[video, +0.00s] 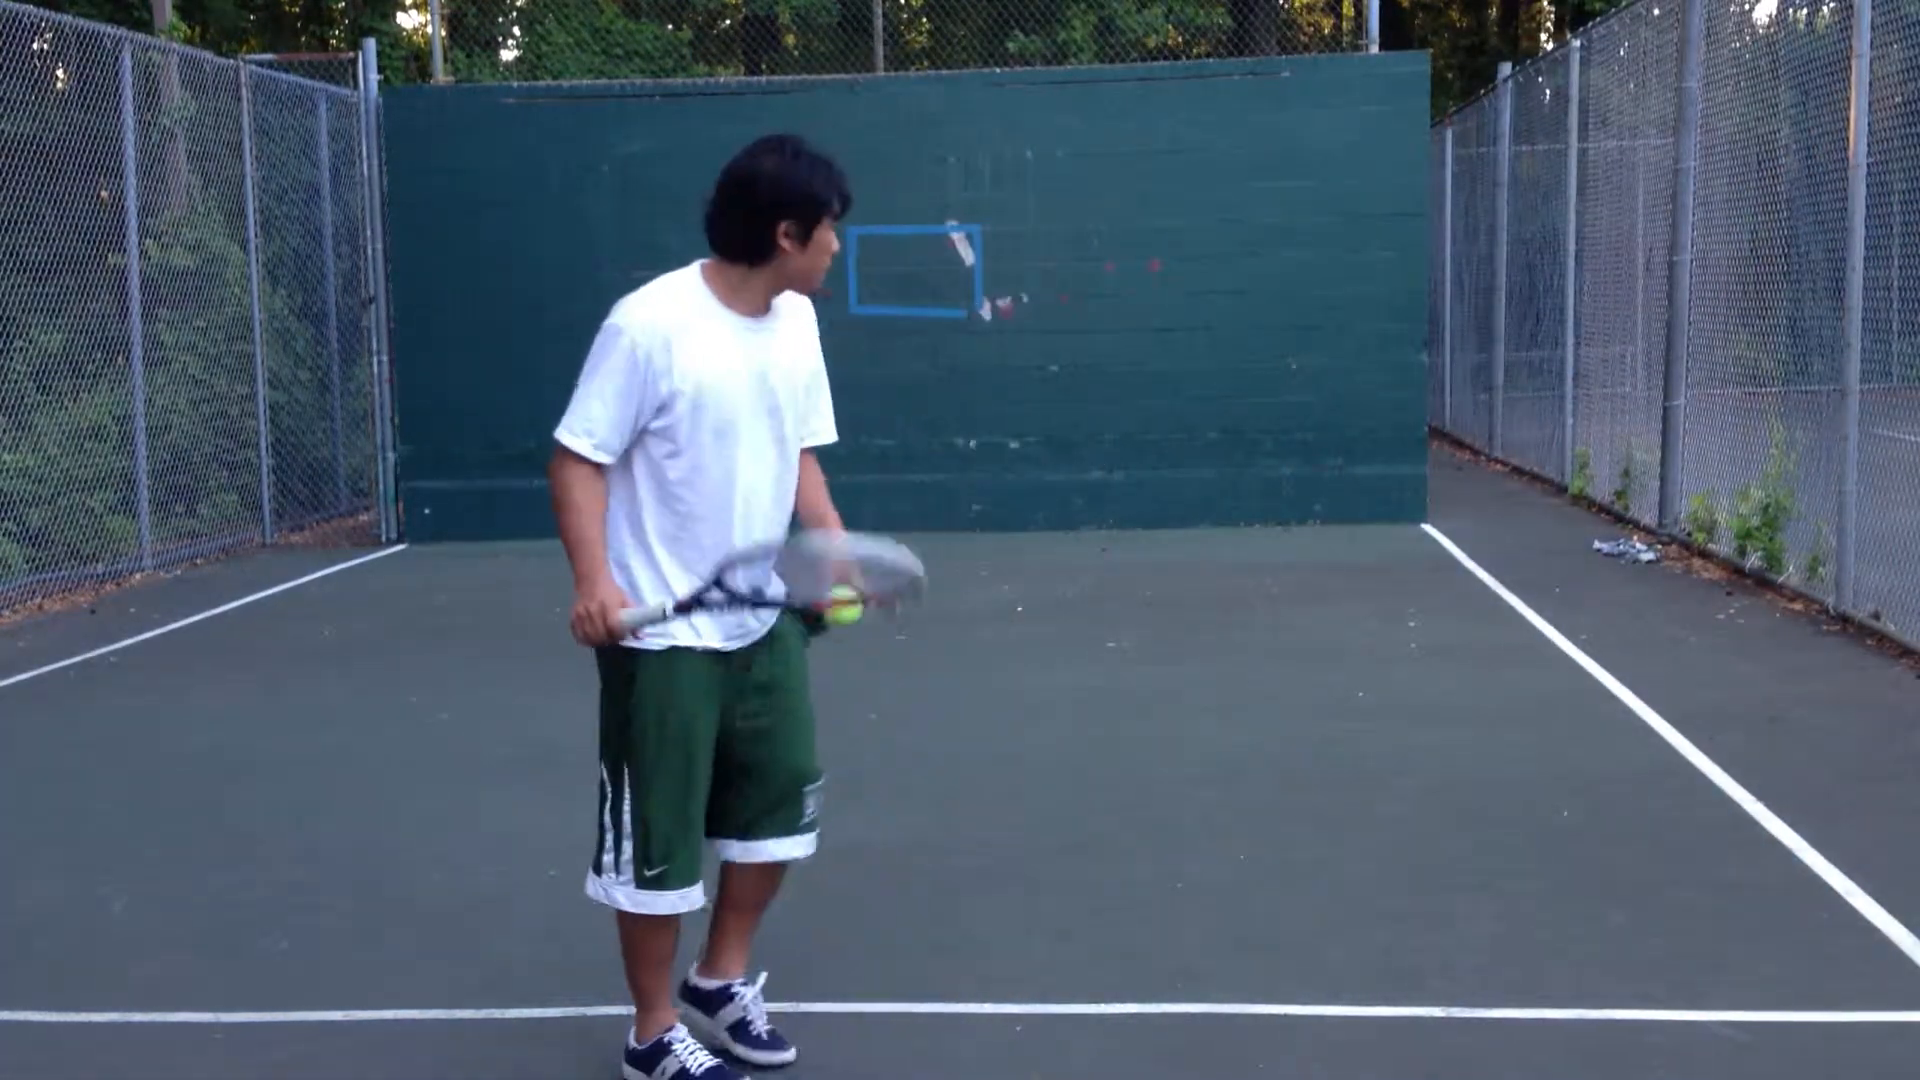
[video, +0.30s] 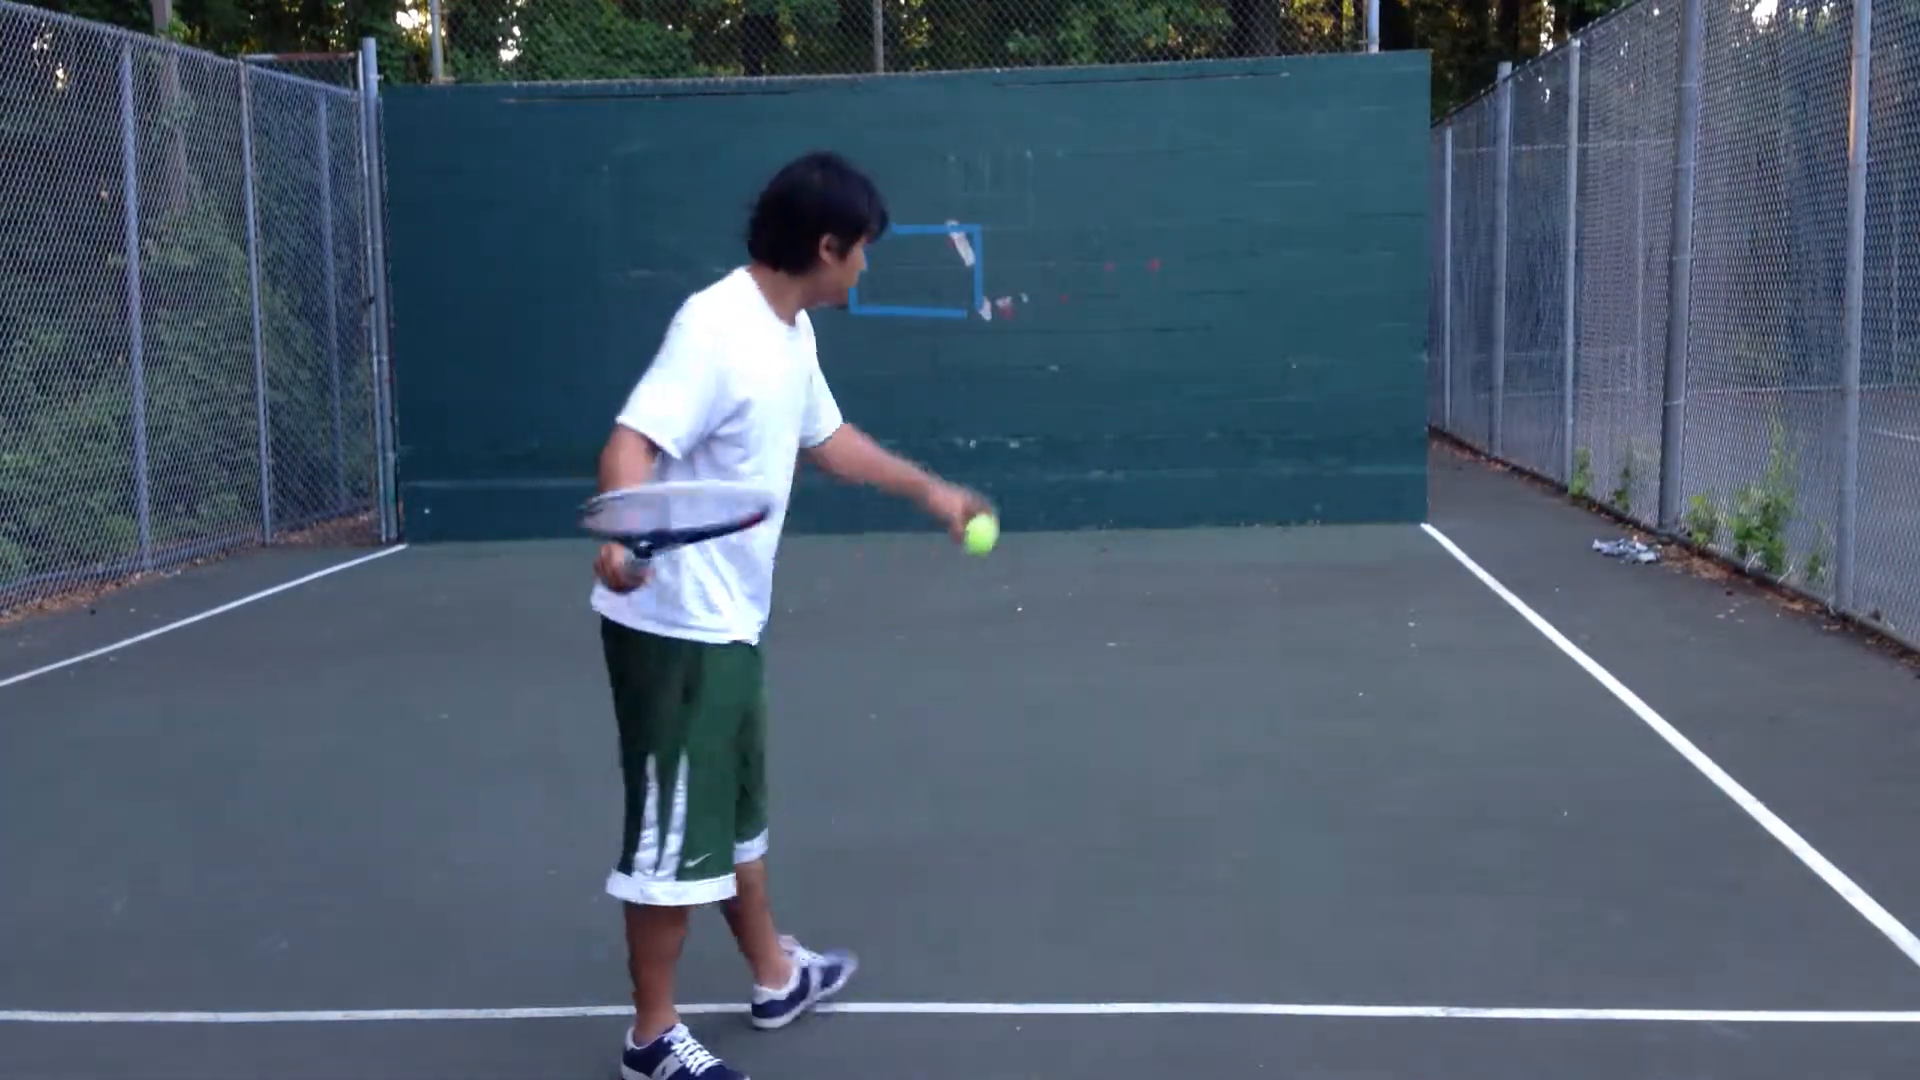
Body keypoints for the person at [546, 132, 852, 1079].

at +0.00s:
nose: (837, 249)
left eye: (836, 233)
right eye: (829, 234)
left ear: (772, 235)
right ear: (781, 237)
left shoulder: (794, 317)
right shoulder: (648, 324)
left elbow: (798, 455)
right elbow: (576, 457)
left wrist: (833, 556)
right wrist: (592, 580)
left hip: (766, 620)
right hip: (661, 630)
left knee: (774, 807)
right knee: (657, 841)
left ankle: (720, 984)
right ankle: (652, 1033)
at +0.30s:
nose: (862, 269)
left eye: (864, 253)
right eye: (859, 252)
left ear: (810, 245)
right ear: (824, 247)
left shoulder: (792, 331)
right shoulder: (713, 326)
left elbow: (833, 443)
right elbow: (630, 444)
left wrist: (932, 490)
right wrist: (619, 533)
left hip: (730, 618)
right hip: (674, 619)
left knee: (736, 807)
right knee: (672, 833)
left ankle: (776, 976)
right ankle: (652, 1036)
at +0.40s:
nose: (871, 277)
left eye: (875, 261)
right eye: (871, 260)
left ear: (811, 246)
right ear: (834, 254)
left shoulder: (780, 323)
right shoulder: (749, 330)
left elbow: (838, 408)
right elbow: (681, 453)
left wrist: (945, 425)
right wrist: (680, 555)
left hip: (725, 613)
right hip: (697, 618)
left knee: (721, 810)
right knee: (691, 828)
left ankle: (773, 976)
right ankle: (655, 1032)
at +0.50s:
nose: (876, 276)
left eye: (880, 260)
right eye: (875, 259)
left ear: (808, 242)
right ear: (838, 252)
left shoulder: (735, 291)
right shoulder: (779, 344)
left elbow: (796, 376)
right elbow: (748, 487)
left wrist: (904, 364)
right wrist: (767, 605)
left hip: (673, 591)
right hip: (728, 607)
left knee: (721, 803)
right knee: (734, 820)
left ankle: (776, 976)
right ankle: (660, 1017)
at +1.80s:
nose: (676, 269)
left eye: (675, 253)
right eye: (672, 254)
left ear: (589, 243)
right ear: (642, 261)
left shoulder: (544, 304)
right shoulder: (592, 339)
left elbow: (588, 428)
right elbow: (644, 477)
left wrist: (700, 425)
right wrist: (771, 455)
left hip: (437, 586)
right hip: (486, 612)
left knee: (474, 806)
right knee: (497, 828)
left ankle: (459, 986)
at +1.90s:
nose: (641, 300)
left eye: (641, 283)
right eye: (639, 285)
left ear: (551, 274)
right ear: (616, 293)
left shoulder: (517, 344)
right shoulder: (536, 366)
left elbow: (580, 458)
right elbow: (567, 505)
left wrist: (688, 462)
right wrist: (697, 489)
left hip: (399, 630)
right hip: (442, 653)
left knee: (393, 837)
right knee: (435, 872)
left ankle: (361, 1013)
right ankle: (356, 1058)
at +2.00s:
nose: (621, 306)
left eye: (622, 290)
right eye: (618, 290)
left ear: (545, 287)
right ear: (589, 297)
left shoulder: (507, 358)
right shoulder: (499, 373)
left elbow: (549, 462)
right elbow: (467, 510)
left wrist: (663, 482)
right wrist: (582, 526)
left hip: (366, 638)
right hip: (415, 663)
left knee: (357, 850)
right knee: (426, 896)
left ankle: (267, 1003)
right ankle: (351, 1063)